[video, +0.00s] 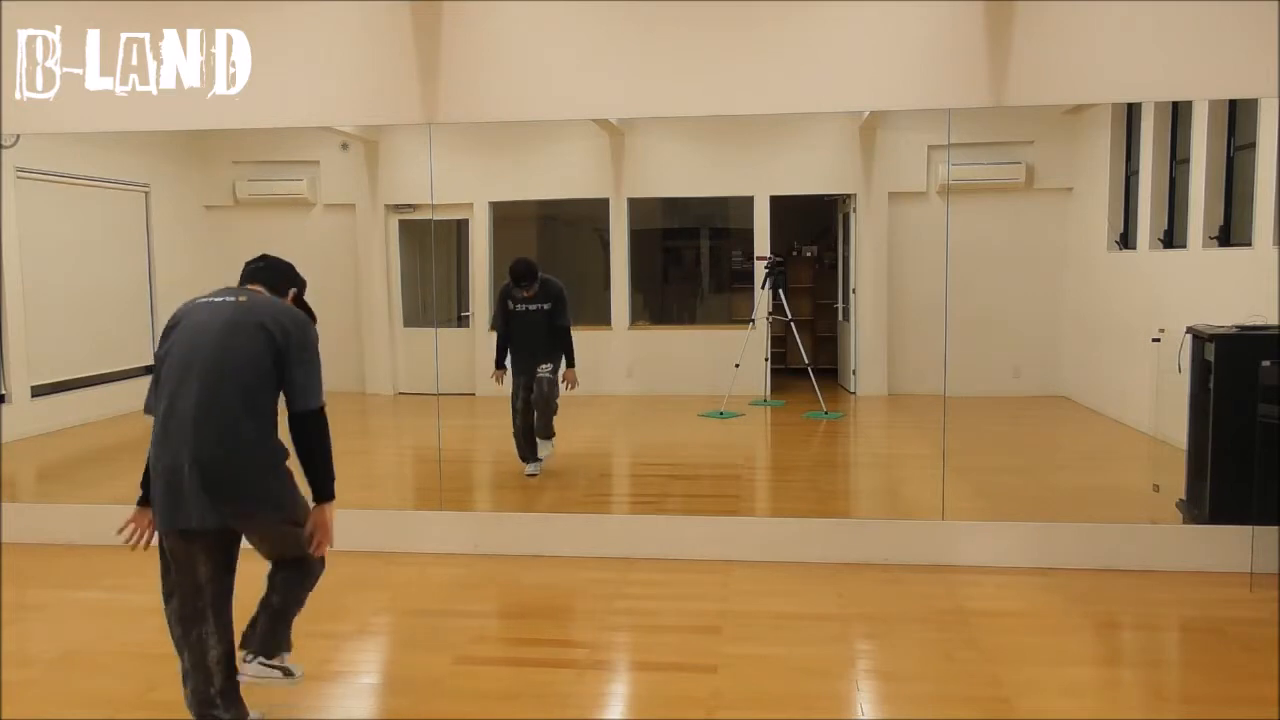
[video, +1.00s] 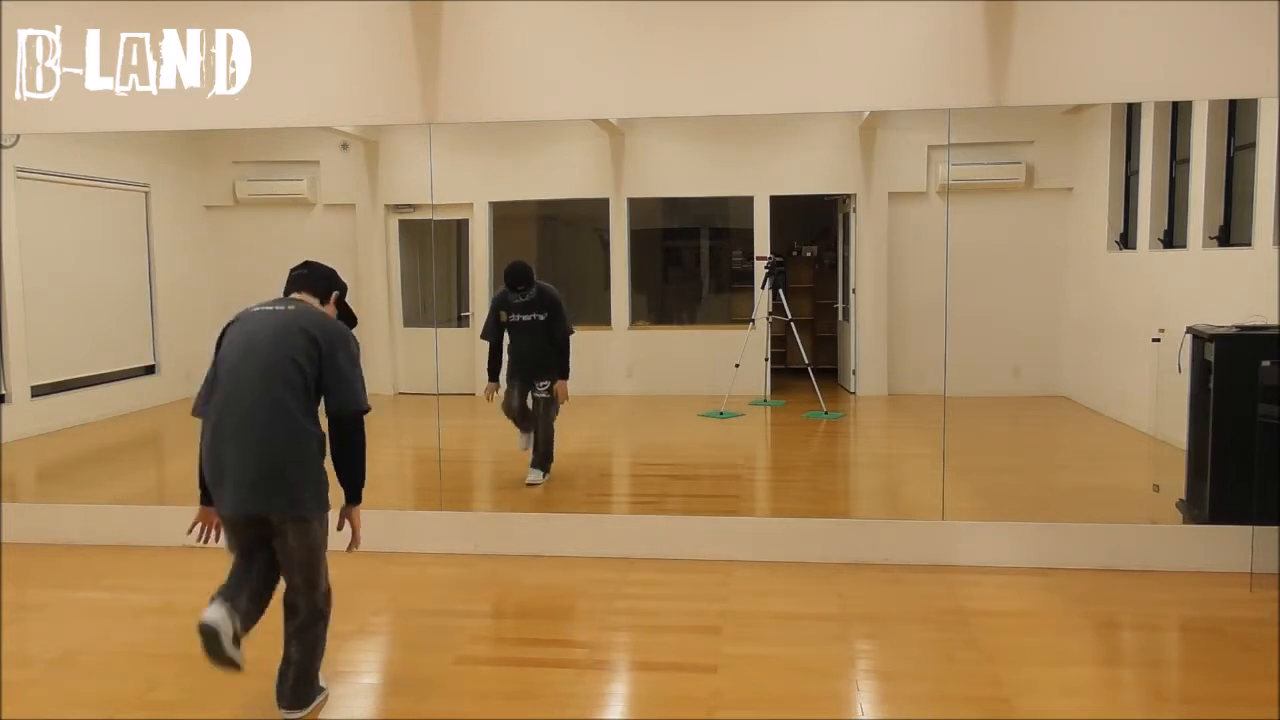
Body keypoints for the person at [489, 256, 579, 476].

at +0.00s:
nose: (525, 293)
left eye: (529, 288)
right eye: (521, 289)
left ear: (537, 279)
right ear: (513, 283)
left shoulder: (554, 290)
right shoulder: (507, 293)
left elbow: (564, 328)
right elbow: (503, 331)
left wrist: (570, 366)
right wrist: (500, 363)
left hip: (549, 354)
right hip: (521, 356)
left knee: (544, 392)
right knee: (521, 407)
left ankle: (544, 437)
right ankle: (530, 458)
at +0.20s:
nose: (527, 288)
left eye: (530, 283)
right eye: (521, 285)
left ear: (536, 273)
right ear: (512, 277)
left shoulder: (552, 279)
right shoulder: (504, 282)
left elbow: (568, 313)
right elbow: (496, 315)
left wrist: (574, 349)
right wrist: (493, 348)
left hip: (548, 354)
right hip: (520, 353)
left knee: (545, 408)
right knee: (523, 407)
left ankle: (543, 461)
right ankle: (530, 458)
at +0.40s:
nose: (525, 291)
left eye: (529, 286)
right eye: (520, 287)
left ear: (535, 277)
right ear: (511, 280)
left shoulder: (552, 285)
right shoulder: (504, 288)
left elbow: (567, 322)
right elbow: (497, 325)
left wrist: (570, 360)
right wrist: (493, 359)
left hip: (550, 353)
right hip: (521, 352)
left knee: (548, 410)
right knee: (518, 411)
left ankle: (546, 464)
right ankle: (531, 456)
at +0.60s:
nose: (525, 289)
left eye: (528, 285)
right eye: (520, 286)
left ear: (535, 275)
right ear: (511, 278)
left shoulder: (551, 281)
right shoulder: (503, 282)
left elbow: (565, 317)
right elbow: (495, 319)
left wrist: (566, 353)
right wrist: (493, 352)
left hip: (546, 349)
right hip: (518, 350)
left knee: (544, 400)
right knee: (521, 402)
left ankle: (543, 454)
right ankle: (529, 458)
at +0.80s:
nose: (523, 291)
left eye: (526, 286)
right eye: (518, 287)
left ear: (533, 276)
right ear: (509, 280)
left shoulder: (548, 282)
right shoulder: (502, 283)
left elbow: (565, 318)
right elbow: (492, 319)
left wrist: (566, 354)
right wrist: (489, 353)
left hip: (545, 356)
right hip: (517, 355)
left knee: (542, 410)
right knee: (518, 411)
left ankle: (541, 464)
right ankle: (530, 459)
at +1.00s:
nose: (521, 296)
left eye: (525, 292)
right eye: (516, 292)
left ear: (533, 284)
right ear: (508, 287)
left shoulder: (549, 297)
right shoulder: (501, 301)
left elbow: (563, 337)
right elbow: (495, 342)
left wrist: (563, 377)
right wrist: (493, 379)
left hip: (547, 363)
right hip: (519, 362)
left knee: (544, 416)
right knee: (511, 406)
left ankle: (540, 466)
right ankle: (528, 426)